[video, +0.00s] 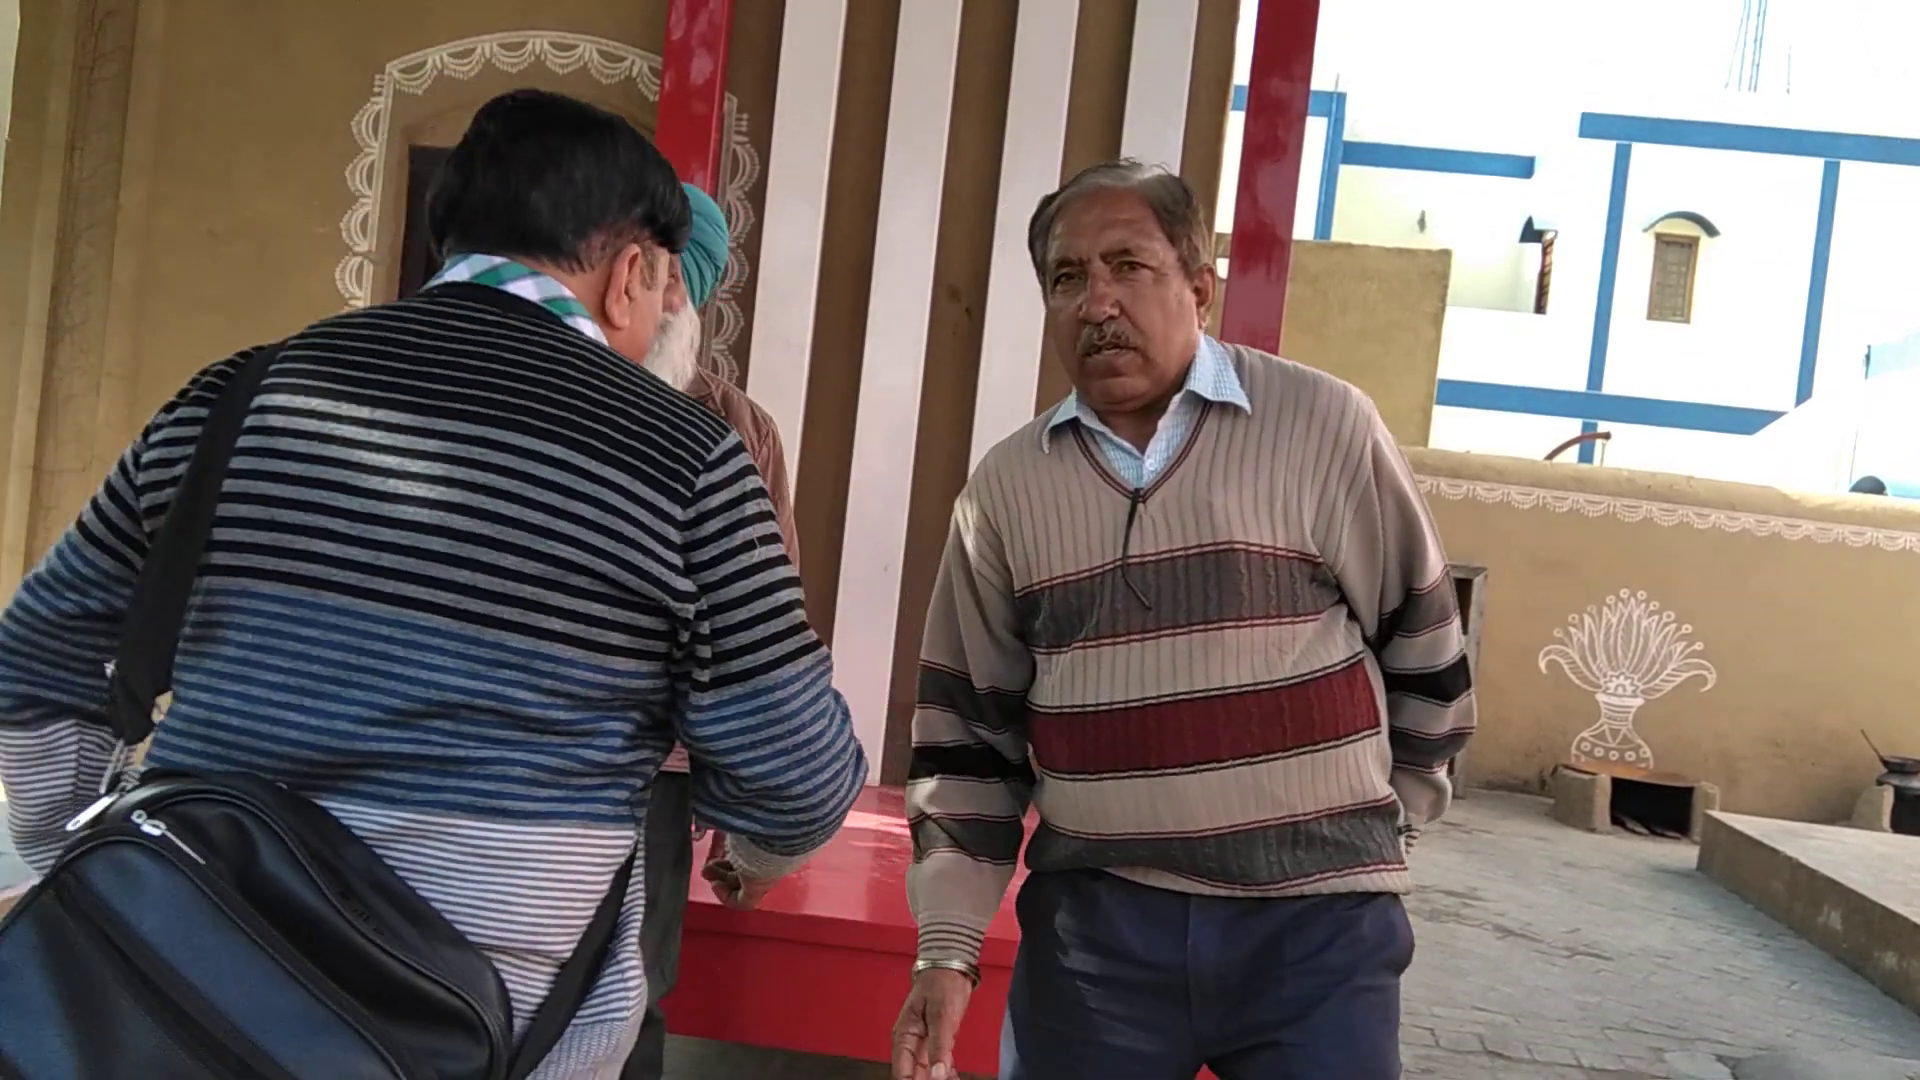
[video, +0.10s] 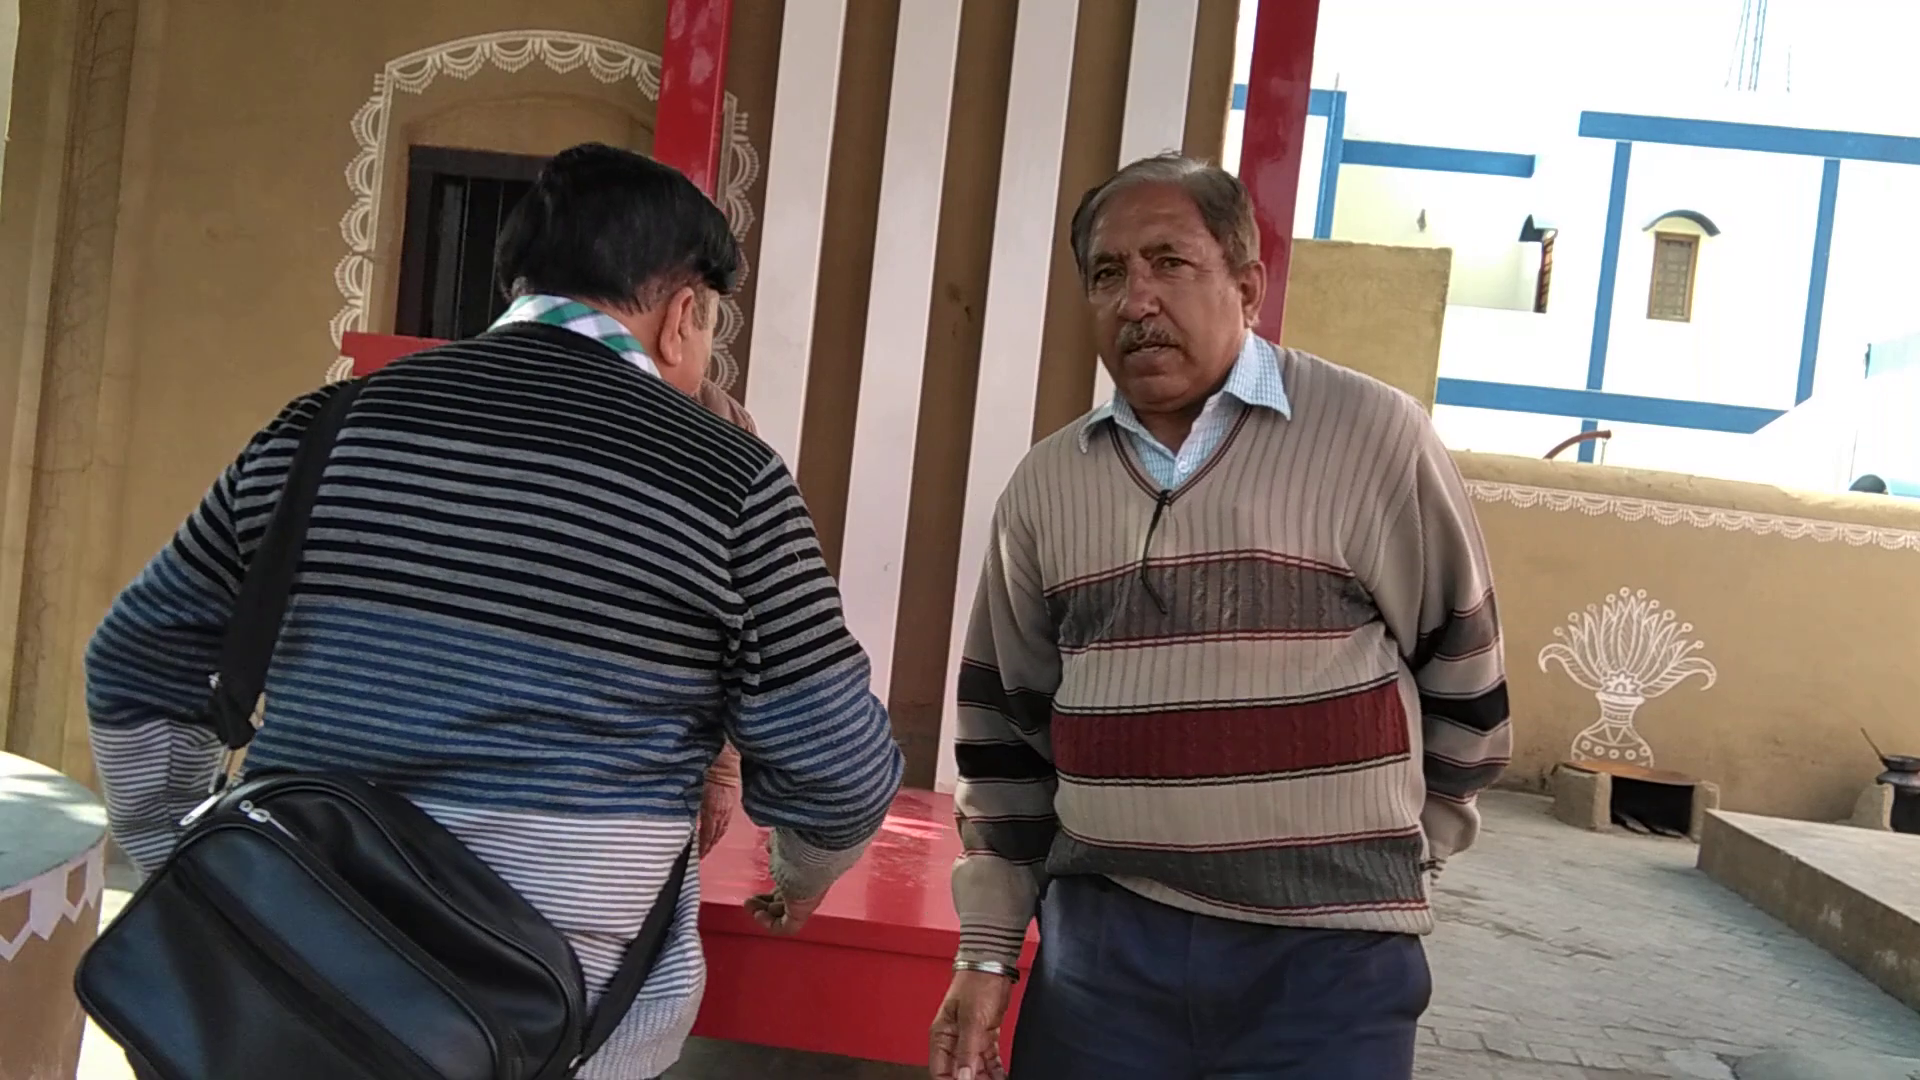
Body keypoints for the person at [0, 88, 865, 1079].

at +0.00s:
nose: (671, 327)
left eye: (681, 297)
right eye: (675, 291)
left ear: (457, 240)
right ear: (627, 267)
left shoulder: (242, 388)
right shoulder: (680, 452)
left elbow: (42, 647)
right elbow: (801, 786)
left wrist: (54, 882)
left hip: (194, 982)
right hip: (506, 1022)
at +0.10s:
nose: (714, 363)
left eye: (718, 332)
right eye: (716, 330)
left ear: (522, 288)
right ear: (678, 312)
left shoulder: (331, 420)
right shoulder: (728, 475)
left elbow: (136, 658)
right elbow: (846, 778)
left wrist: (203, 887)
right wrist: (793, 874)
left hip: (308, 947)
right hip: (576, 987)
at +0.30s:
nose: (781, 364)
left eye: (787, 341)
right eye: (784, 339)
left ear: (616, 309)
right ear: (751, 331)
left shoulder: (475, 438)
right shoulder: (797, 465)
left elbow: (352, 656)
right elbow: (899, 715)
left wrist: (427, 812)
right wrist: (911, 903)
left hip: (460, 916)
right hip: (680, 951)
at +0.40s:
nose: (835, 356)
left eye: (838, 334)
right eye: (839, 334)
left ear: (688, 309)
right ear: (811, 328)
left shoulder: (556, 432)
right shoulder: (844, 453)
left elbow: (503, 648)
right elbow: (931, 686)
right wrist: (957, 893)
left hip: (542, 868)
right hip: (744, 905)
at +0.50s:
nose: (885, 381)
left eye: (889, 359)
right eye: (887, 359)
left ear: (740, 334)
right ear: (856, 351)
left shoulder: (626, 440)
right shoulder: (880, 464)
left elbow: (575, 648)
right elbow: (949, 688)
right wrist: (980, 896)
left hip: (596, 869)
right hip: (785, 902)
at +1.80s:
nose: (884, 487)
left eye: (906, 470)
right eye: (874, 465)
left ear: (969, 468)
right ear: (862, 457)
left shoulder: (1030, 564)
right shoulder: (816, 541)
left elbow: (1134, 694)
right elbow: (715, 645)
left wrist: (1199, 821)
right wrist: (608, 681)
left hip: (973, 853)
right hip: (819, 838)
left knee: (978, 1054)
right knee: (777, 1051)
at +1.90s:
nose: (883, 501)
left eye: (907, 485)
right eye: (872, 479)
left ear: (967, 482)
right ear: (859, 467)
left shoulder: (1027, 573)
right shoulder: (813, 548)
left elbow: (1129, 700)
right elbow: (712, 648)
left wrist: (1195, 825)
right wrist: (608, 682)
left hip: (970, 854)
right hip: (814, 839)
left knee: (980, 1049)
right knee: (771, 1044)